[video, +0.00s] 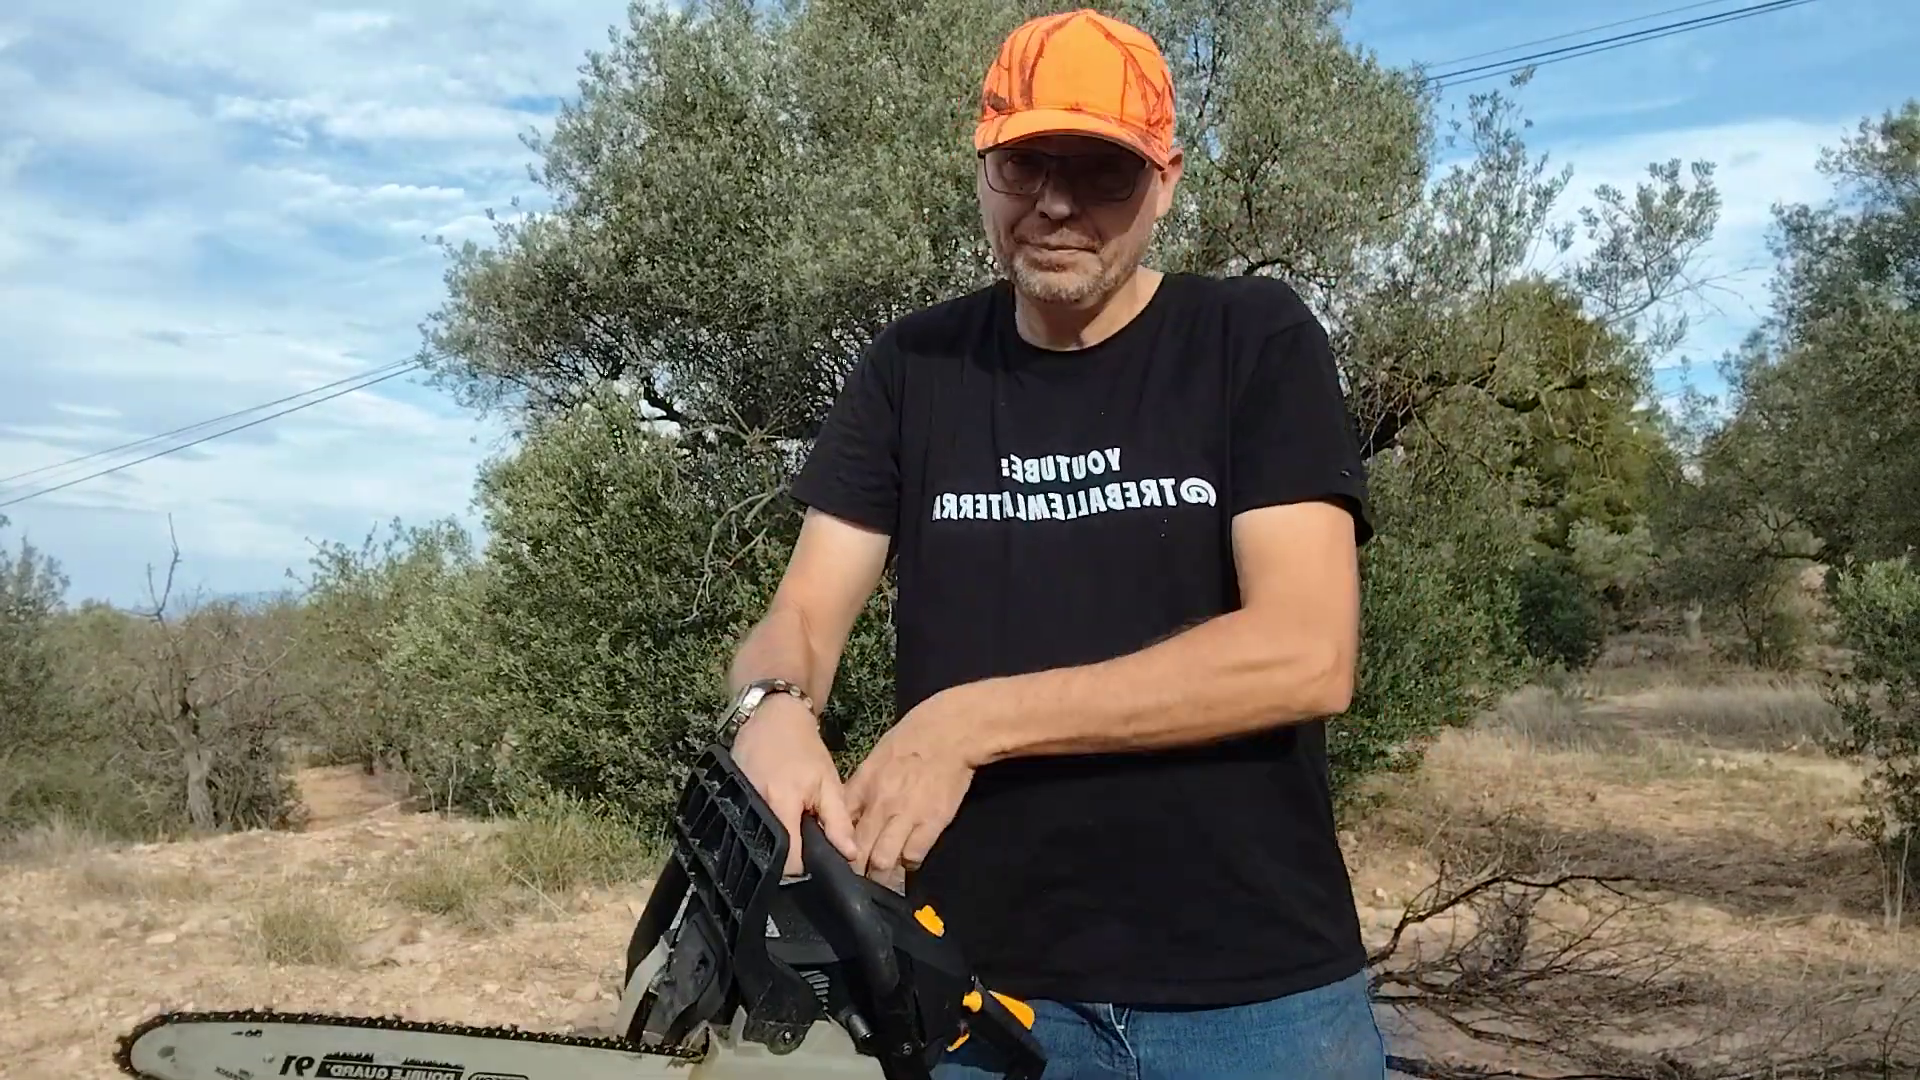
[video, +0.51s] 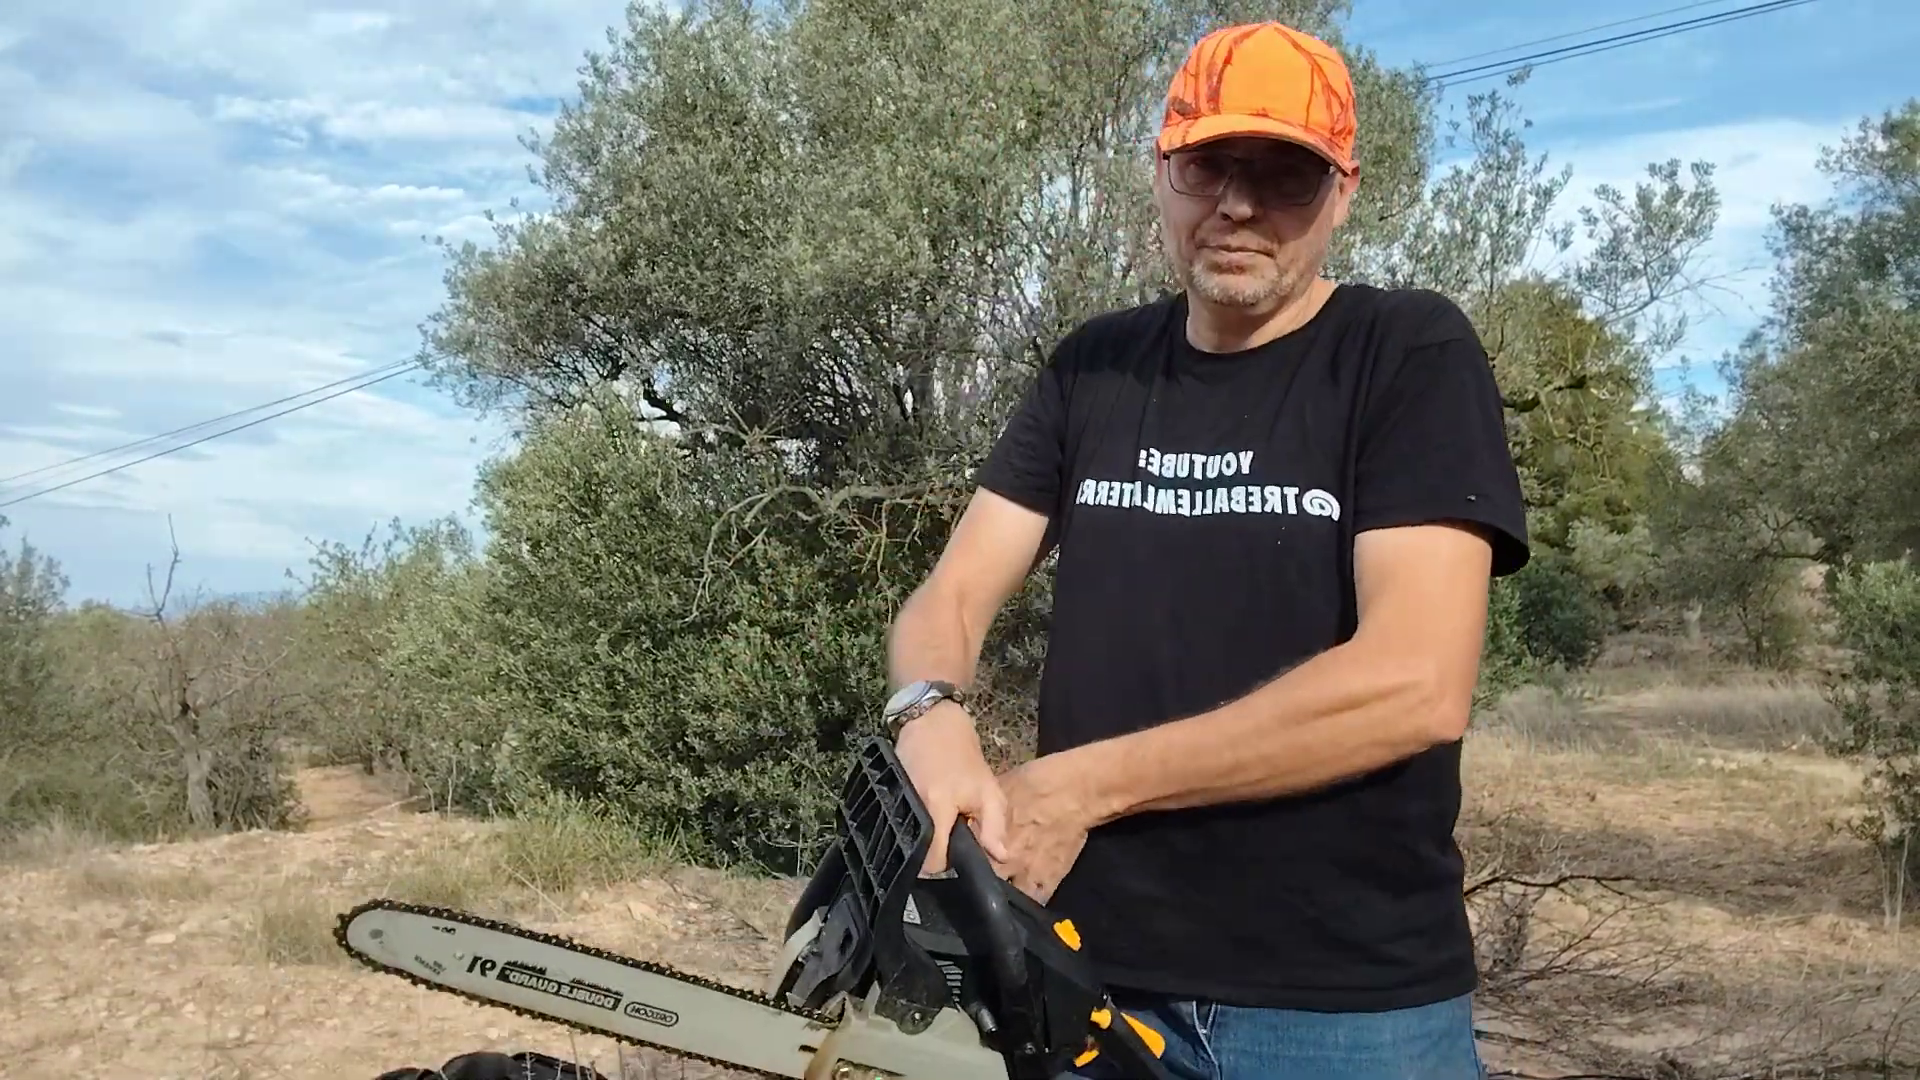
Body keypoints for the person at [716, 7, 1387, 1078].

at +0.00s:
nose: (1057, 206)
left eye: (1098, 173)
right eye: (1027, 168)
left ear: (1161, 184)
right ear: (985, 173)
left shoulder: (1255, 339)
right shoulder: (908, 370)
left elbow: (1307, 652)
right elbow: (802, 621)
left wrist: (965, 721)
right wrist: (773, 714)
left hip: (1261, 1006)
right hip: (986, 1006)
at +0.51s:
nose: (1237, 207)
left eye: (1281, 175)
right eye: (1208, 168)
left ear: (1342, 195)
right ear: (1164, 179)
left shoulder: (1410, 350)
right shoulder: (1094, 364)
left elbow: (1417, 680)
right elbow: (948, 601)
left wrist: (1086, 785)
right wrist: (931, 719)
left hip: (1349, 1017)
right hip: (1095, 1000)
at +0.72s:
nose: (1281, 206)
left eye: (1326, 178)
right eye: (1252, 168)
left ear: (1387, 201)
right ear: (1205, 180)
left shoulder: (1448, 354)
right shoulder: (1139, 363)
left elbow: (1441, 692)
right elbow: (989, 603)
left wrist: (1109, 806)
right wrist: (973, 742)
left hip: (1379, 1018)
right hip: (1128, 997)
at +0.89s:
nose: (1303, 220)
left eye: (1348, 189)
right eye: (1276, 180)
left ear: (1403, 206)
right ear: (1224, 183)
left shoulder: (1481, 350)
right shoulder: (1143, 363)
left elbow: (1693, 602)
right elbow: (973, 584)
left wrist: (1395, 571)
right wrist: (966, 760)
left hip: (1390, 988)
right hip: (1121, 967)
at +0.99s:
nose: (1300, 206)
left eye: (1347, 174)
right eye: (1271, 165)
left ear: (1404, 201)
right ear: (1220, 175)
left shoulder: (1486, 345)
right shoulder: (1138, 356)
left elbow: (1767, 560)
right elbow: (967, 581)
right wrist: (996, 769)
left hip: (1397, 976)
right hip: (1144, 955)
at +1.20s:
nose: (1331, 206)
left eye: (1376, 175)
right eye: (1303, 164)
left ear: (1424, 193)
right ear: (1242, 156)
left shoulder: (1485, 362)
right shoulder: (1136, 349)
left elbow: (1688, 627)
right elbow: (985, 616)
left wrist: (1635, 469)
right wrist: (1014, 842)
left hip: (1428, 1010)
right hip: (1158, 999)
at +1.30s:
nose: (1334, 207)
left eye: (1379, 175)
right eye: (1303, 163)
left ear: (1429, 193)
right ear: (1244, 160)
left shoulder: (1483, 367)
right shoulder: (1139, 345)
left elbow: (1638, 667)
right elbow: (987, 607)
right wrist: (1006, 833)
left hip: (1425, 1014)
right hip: (1159, 1000)